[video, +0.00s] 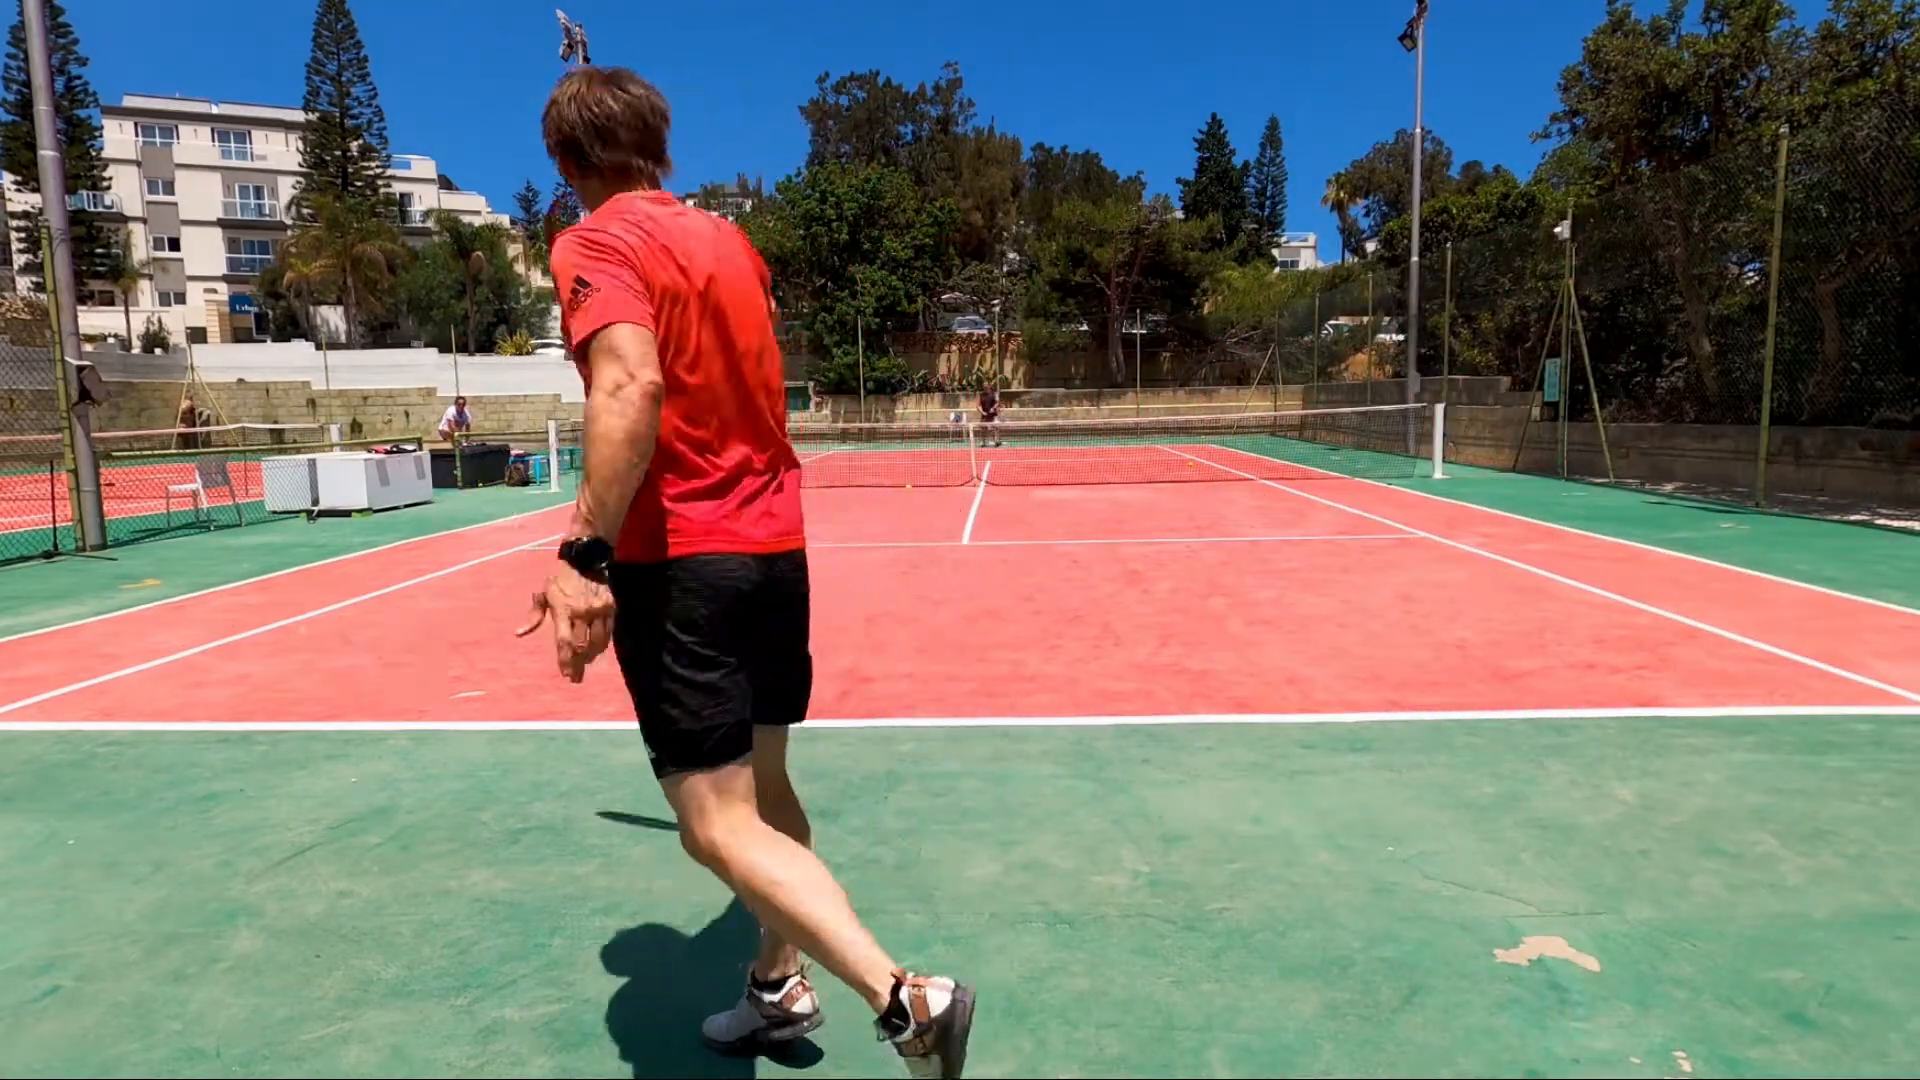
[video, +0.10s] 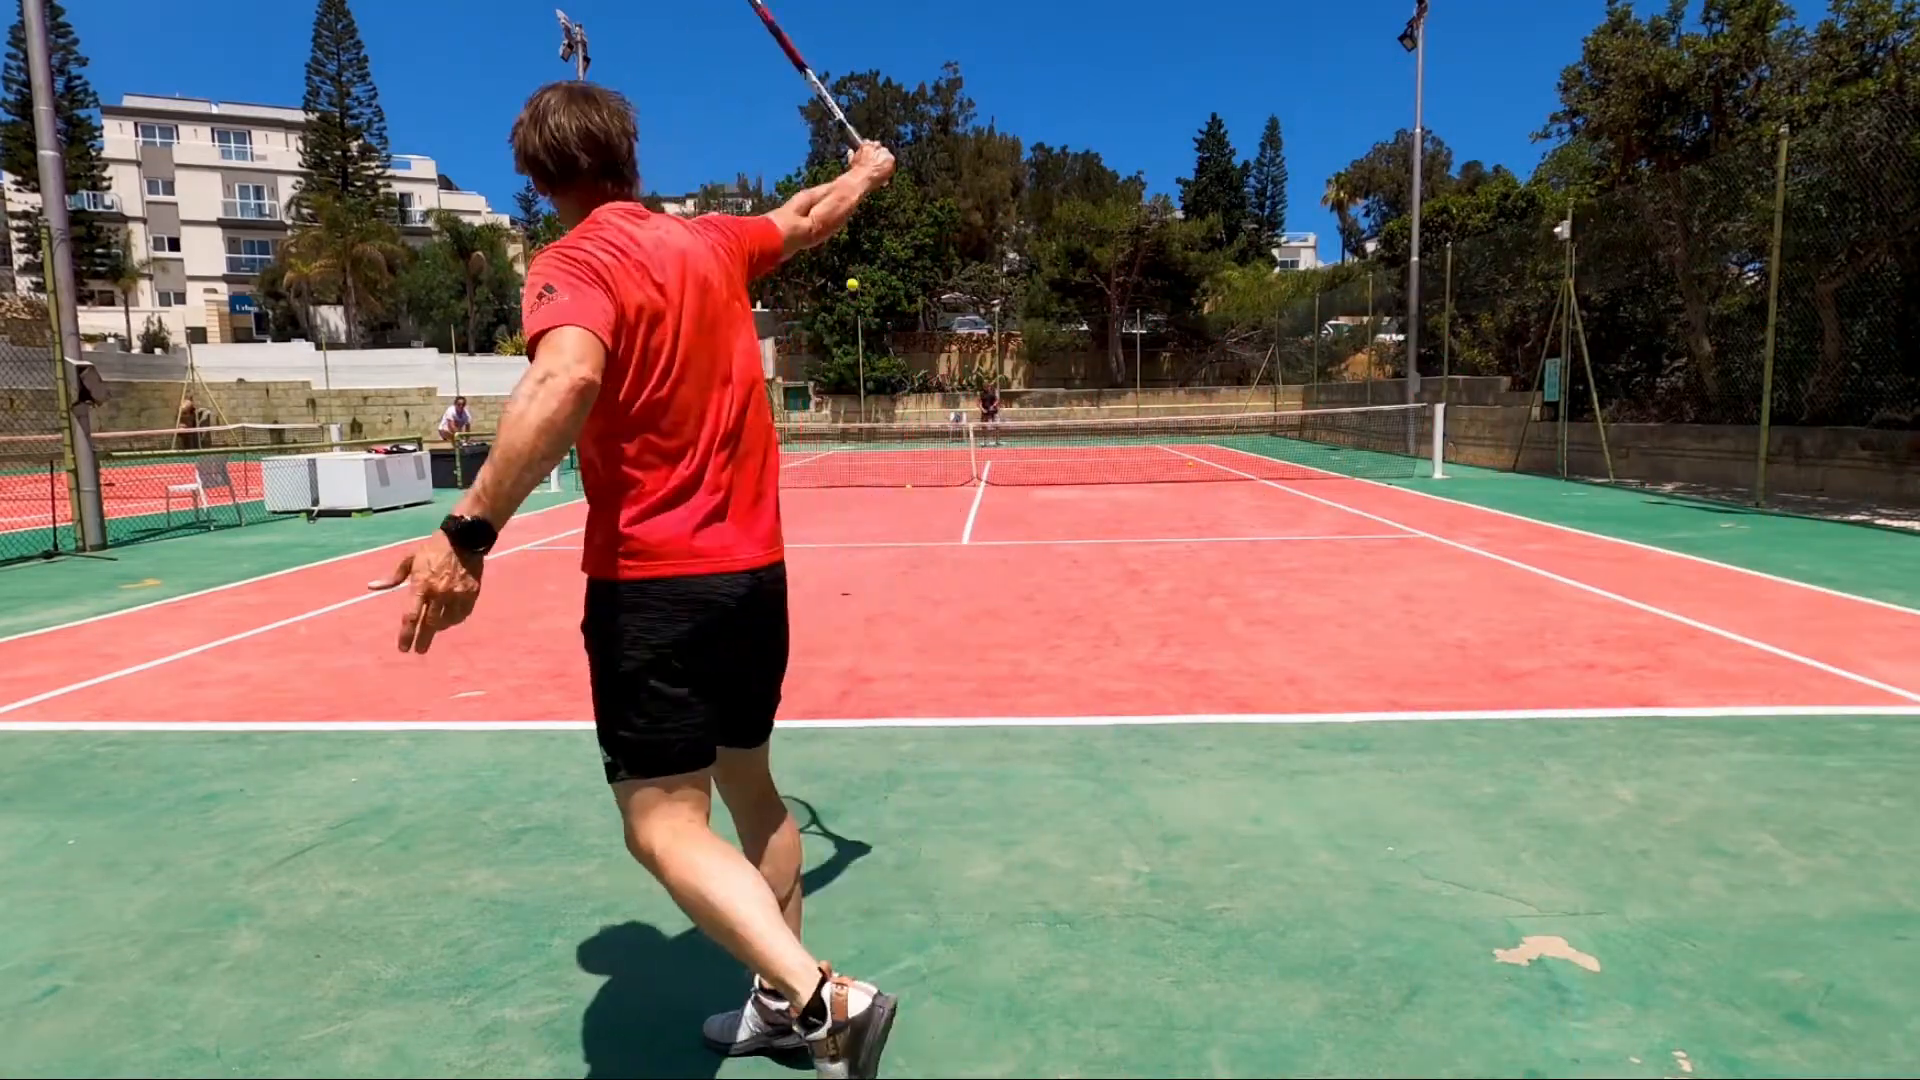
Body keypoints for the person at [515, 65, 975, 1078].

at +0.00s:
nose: (561, 179)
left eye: (558, 165)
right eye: (564, 165)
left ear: (570, 162)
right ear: (658, 148)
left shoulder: (596, 242)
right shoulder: (729, 239)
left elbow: (630, 384)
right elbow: (750, 396)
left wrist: (585, 551)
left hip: (683, 567)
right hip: (776, 558)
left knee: (717, 825)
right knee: (766, 781)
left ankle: (902, 997)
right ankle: (778, 992)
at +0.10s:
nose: (531, 193)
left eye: (529, 180)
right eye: (533, 180)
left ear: (546, 181)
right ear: (628, 163)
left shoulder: (572, 263)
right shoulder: (712, 236)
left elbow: (568, 376)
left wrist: (467, 535)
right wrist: (864, 172)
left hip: (651, 581)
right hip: (752, 572)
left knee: (665, 820)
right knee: (748, 774)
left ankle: (824, 999)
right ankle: (782, 1000)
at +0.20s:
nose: (514, 214)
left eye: (513, 201)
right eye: (519, 199)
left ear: (526, 202)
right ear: (606, 179)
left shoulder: (543, 289)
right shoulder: (692, 251)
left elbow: (488, 412)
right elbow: (817, 213)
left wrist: (360, 551)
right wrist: (902, 146)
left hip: (629, 598)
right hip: (738, 585)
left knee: (599, 825)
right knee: (743, 787)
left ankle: (692, 1057)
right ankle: (790, 997)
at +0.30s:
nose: (499, 211)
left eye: (490, 200)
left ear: (496, 209)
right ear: (578, 185)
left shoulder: (496, 309)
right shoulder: (670, 261)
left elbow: (405, 457)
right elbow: (811, 266)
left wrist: (285, 599)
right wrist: (919, 222)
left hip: (601, 602)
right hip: (720, 588)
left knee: (554, 833)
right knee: (739, 789)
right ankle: (783, 995)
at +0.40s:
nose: (546, 232)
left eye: (491, 228)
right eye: (554, 217)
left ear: (473, 247)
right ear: (562, 224)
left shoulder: (449, 360)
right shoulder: (645, 307)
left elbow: (357, 516)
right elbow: (799, 355)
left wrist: (261, 653)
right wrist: (909, 346)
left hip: (558, 638)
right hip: (690, 617)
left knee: (503, 851)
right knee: (721, 794)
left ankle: (464, 1069)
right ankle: (756, 998)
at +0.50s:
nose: (583, 265)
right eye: (580, 253)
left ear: (483, 272)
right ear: (570, 258)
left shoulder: (445, 386)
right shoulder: (640, 350)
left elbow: (363, 546)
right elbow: (775, 445)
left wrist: (321, 649)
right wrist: (866, 469)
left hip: (518, 666)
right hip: (652, 647)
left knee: (482, 865)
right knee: (718, 794)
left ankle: (456, 1071)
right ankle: (732, 1002)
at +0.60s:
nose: (604, 237)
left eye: (597, 227)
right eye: (602, 226)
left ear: (508, 242)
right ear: (593, 232)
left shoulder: (461, 355)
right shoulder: (647, 336)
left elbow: (397, 518)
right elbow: (745, 478)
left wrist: (423, 609)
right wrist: (792, 561)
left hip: (520, 643)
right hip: (650, 625)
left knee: (495, 855)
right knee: (727, 787)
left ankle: (464, 1068)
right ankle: (731, 1002)